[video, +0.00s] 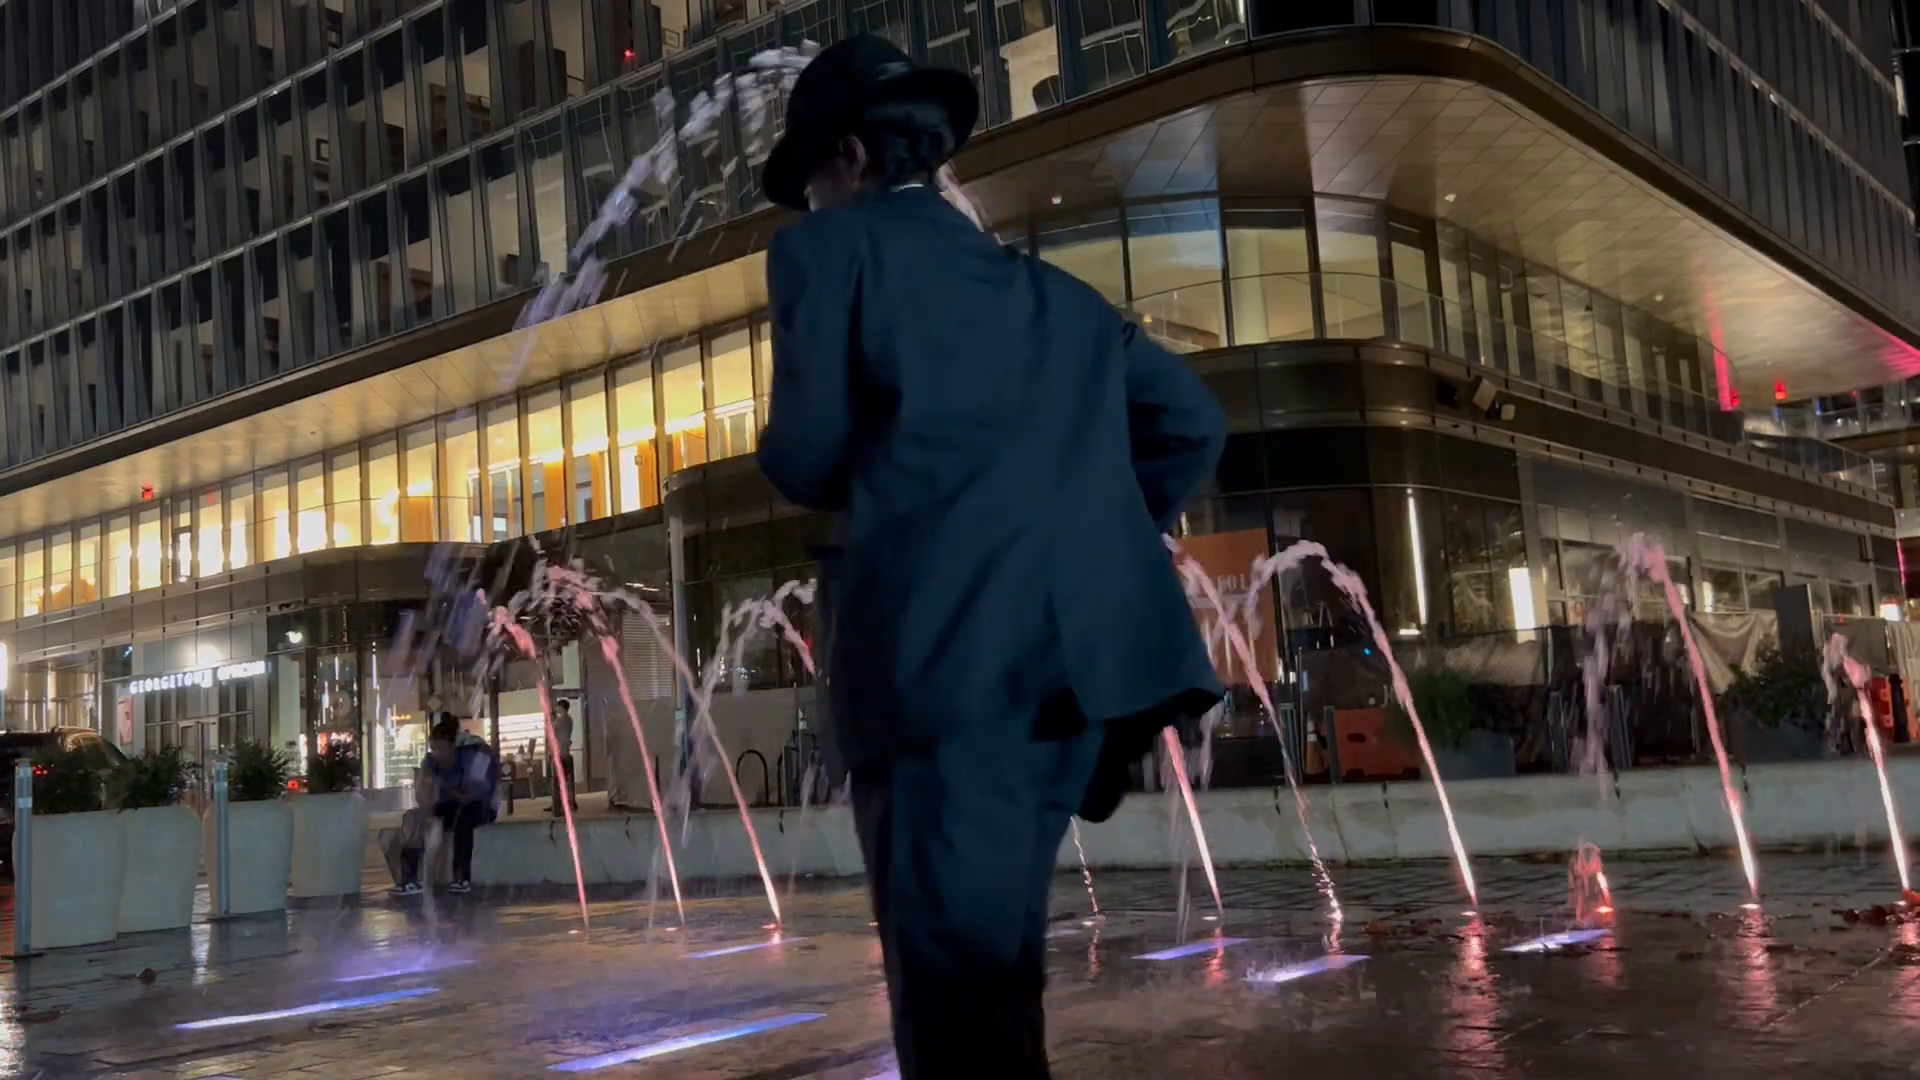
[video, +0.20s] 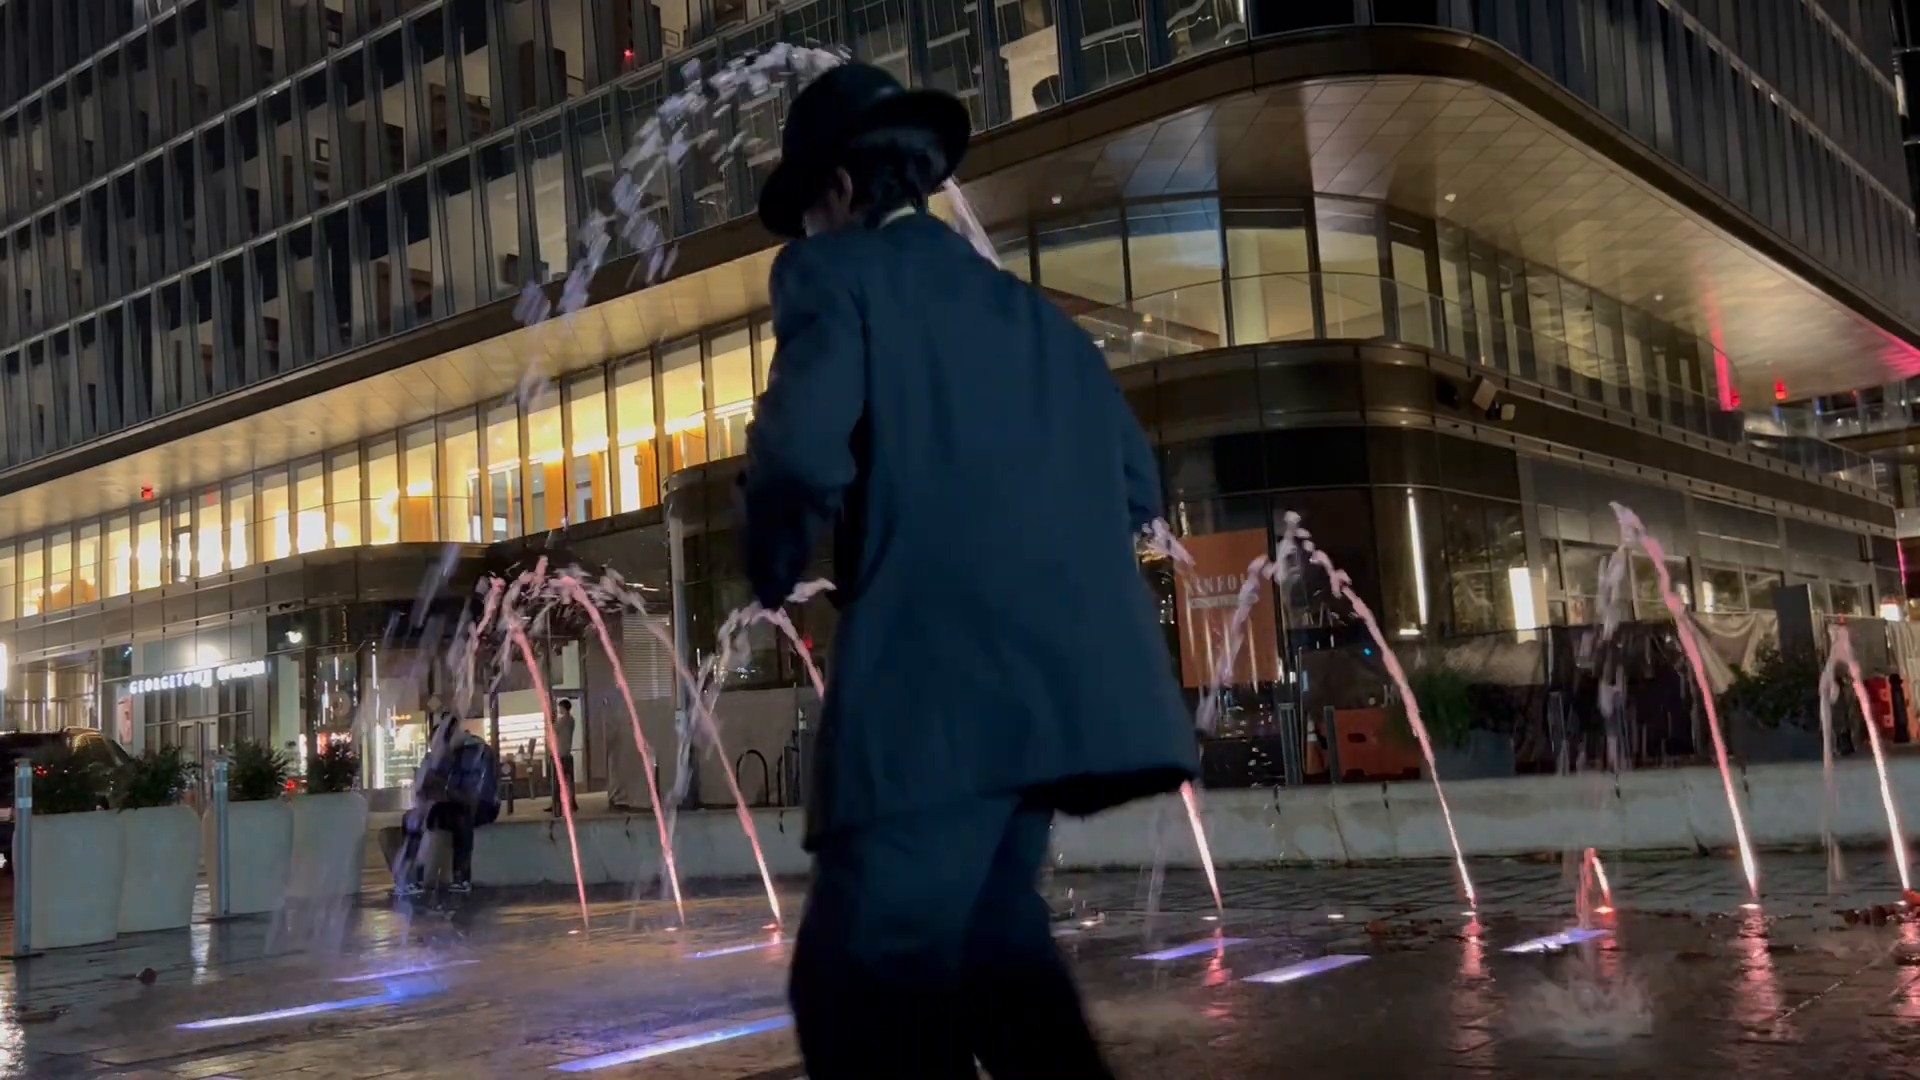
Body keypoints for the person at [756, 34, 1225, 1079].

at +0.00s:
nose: (808, 207)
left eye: (810, 182)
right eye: (805, 186)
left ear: (851, 157)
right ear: (926, 161)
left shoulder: (830, 242)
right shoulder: (1048, 285)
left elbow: (804, 455)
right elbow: (1191, 423)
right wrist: (1107, 532)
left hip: (947, 635)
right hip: (1092, 633)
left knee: (946, 981)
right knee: (1003, 965)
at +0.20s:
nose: (805, 235)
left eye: (805, 212)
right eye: (799, 218)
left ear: (841, 189)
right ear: (923, 192)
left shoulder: (834, 266)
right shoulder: (1038, 313)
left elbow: (801, 454)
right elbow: (1135, 481)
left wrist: (774, 577)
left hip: (932, 683)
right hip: (1072, 675)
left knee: (855, 981)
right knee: (1001, 938)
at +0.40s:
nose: (781, 250)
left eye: (781, 226)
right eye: (775, 232)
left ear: (818, 198)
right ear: (898, 192)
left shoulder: (813, 269)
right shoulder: (994, 296)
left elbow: (800, 483)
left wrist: (809, 614)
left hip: (946, 671)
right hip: (1071, 668)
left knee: (936, 996)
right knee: (986, 975)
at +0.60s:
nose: (763, 273)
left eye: (759, 248)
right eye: (756, 256)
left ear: (792, 217)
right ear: (875, 199)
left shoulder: (817, 280)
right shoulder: (949, 284)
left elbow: (862, 493)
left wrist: (859, 573)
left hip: (986, 651)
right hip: (1067, 643)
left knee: (911, 966)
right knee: (976, 962)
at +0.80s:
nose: (747, 354)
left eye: (740, 323)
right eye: (739, 334)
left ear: (756, 290)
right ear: (838, 276)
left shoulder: (830, 336)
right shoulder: (895, 351)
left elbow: (839, 519)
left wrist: (652, 649)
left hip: (1017, 701)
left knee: (880, 976)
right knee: (1014, 972)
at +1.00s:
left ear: (837, 294)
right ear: (953, 265)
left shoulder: (792, 406)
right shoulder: (1039, 327)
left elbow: (816, 606)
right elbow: (1170, 463)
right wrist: (1166, 627)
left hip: (929, 731)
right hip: (1093, 704)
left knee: (854, 1009)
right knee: (1035, 974)